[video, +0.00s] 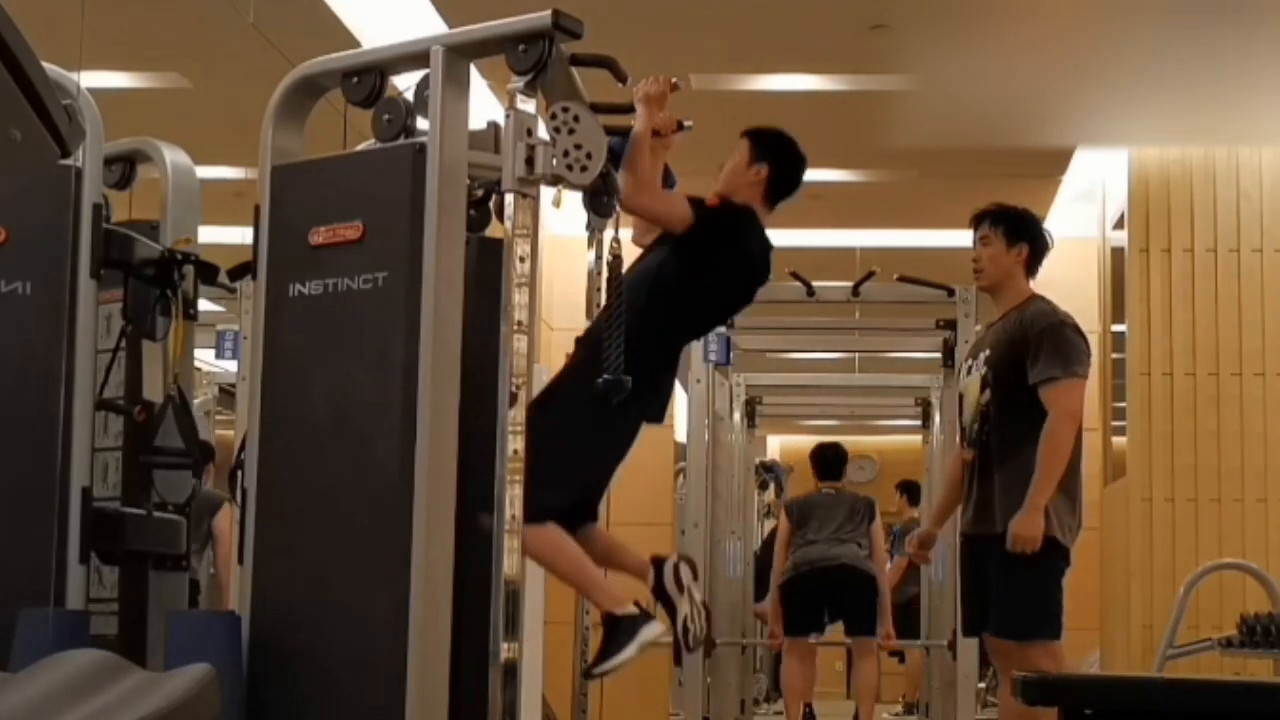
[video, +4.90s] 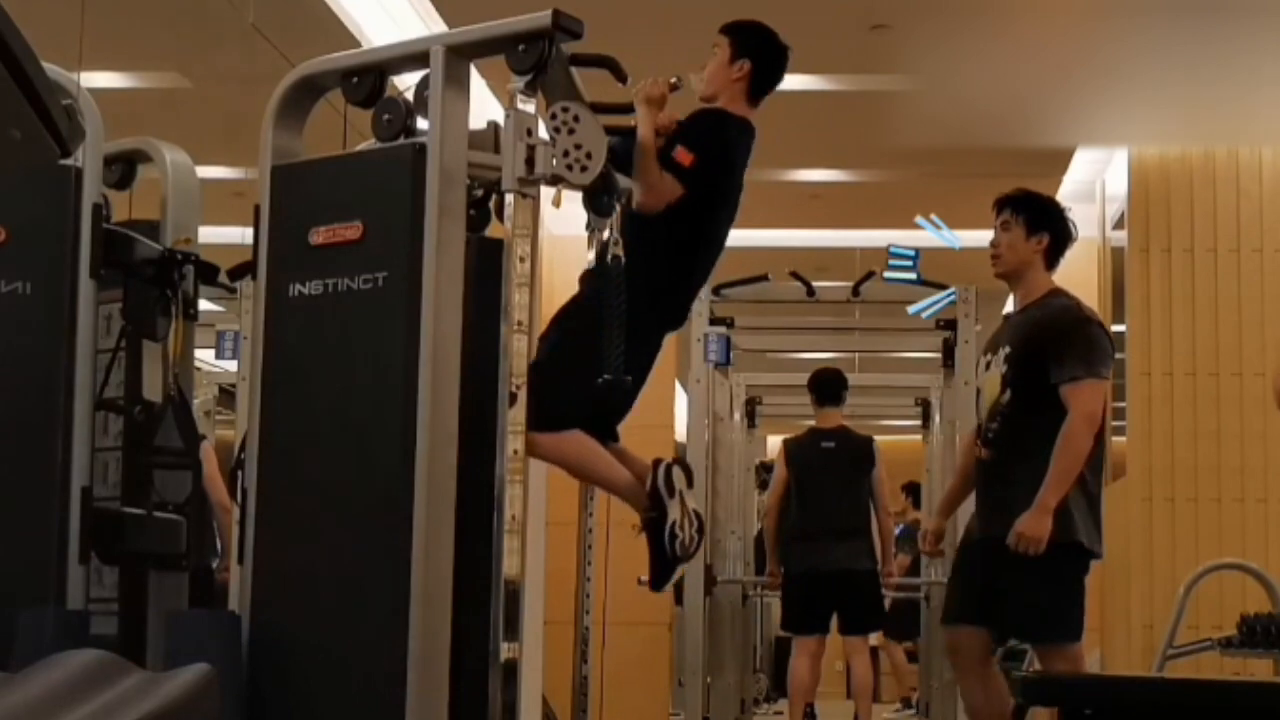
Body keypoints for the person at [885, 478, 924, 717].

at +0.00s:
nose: (894, 501)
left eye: (896, 496)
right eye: (896, 496)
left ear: (903, 498)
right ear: (915, 498)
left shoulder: (906, 526)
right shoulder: (916, 523)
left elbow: (901, 560)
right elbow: (903, 559)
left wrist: (884, 587)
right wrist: (890, 583)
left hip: (909, 592)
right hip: (916, 590)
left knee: (912, 647)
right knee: (914, 647)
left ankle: (910, 702)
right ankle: (914, 700)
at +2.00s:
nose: (892, 503)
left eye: (894, 498)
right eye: (892, 498)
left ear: (904, 499)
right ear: (911, 499)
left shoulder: (909, 525)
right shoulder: (909, 524)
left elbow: (899, 557)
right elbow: (901, 556)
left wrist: (888, 577)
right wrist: (890, 576)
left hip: (908, 590)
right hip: (909, 588)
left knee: (911, 646)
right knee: (911, 647)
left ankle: (911, 700)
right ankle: (913, 699)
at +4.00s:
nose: (898, 501)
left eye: (900, 497)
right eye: (899, 497)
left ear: (906, 497)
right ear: (917, 497)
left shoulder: (907, 524)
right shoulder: (924, 523)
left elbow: (900, 556)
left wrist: (889, 578)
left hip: (910, 587)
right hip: (924, 586)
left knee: (911, 645)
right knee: (915, 646)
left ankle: (911, 699)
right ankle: (916, 697)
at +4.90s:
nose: (899, 501)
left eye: (902, 496)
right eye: (901, 496)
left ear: (908, 498)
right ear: (917, 498)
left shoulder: (910, 527)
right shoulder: (920, 524)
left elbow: (904, 561)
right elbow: (908, 559)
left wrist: (890, 578)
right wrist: (893, 574)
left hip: (907, 592)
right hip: (917, 591)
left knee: (891, 640)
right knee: (920, 645)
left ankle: (908, 697)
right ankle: (919, 696)